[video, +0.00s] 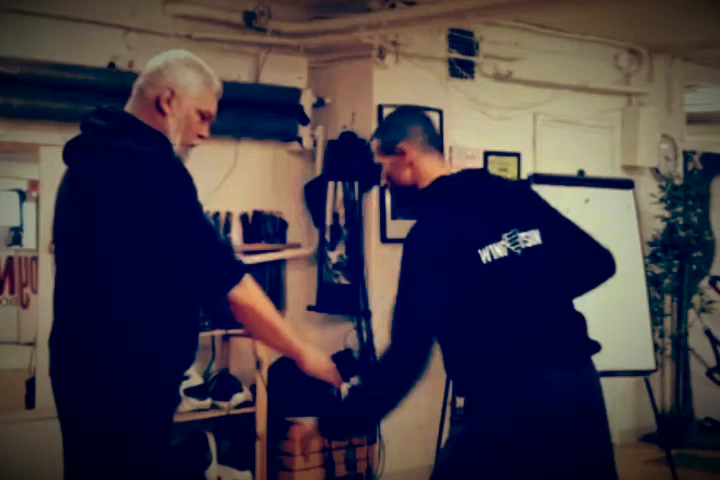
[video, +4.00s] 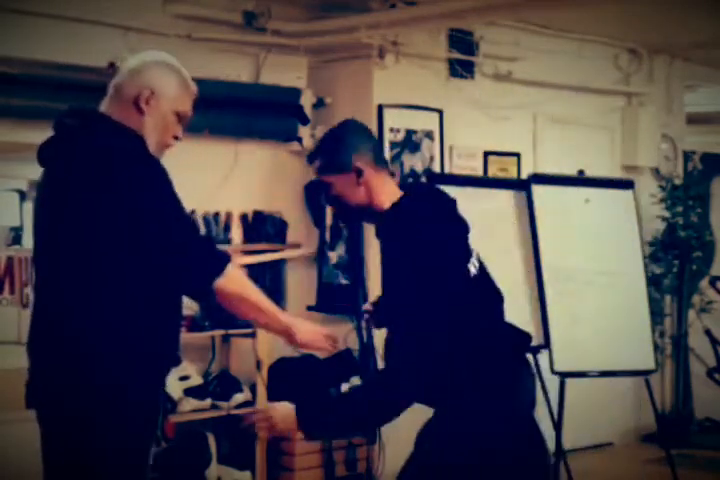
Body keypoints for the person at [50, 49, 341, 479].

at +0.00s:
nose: (205, 134)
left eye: (209, 123)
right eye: (202, 117)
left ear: (165, 100)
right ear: (167, 101)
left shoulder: (89, 164)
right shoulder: (154, 170)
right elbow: (230, 285)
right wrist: (303, 354)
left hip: (83, 372)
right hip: (134, 382)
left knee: (89, 470)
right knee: (135, 470)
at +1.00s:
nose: (163, 102)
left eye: (161, 88)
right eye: (154, 85)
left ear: (113, 91)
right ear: (114, 89)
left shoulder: (71, 154)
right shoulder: (105, 156)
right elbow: (210, 231)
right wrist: (315, 209)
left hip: (74, 384)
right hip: (108, 391)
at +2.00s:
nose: (178, 136)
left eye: (182, 125)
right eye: (176, 120)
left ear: (136, 99)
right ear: (141, 101)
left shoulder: (59, 161)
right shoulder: (134, 168)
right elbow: (208, 272)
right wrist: (290, 322)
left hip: (60, 382)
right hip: (117, 390)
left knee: (66, 472)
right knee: (118, 470)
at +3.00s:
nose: (142, 99)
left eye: (141, 87)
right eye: (133, 84)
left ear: (92, 89)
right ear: (93, 88)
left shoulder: (51, 157)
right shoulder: (93, 160)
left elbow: (113, 253)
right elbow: (191, 245)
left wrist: (178, 226)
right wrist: (290, 249)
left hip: (69, 379)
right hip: (110, 385)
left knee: (76, 471)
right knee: (117, 471)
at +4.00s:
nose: (180, 136)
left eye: (184, 125)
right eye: (178, 119)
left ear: (141, 100)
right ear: (144, 102)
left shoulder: (69, 157)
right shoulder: (126, 162)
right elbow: (203, 268)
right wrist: (291, 327)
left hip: (65, 382)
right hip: (114, 389)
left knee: (69, 472)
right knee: (116, 472)